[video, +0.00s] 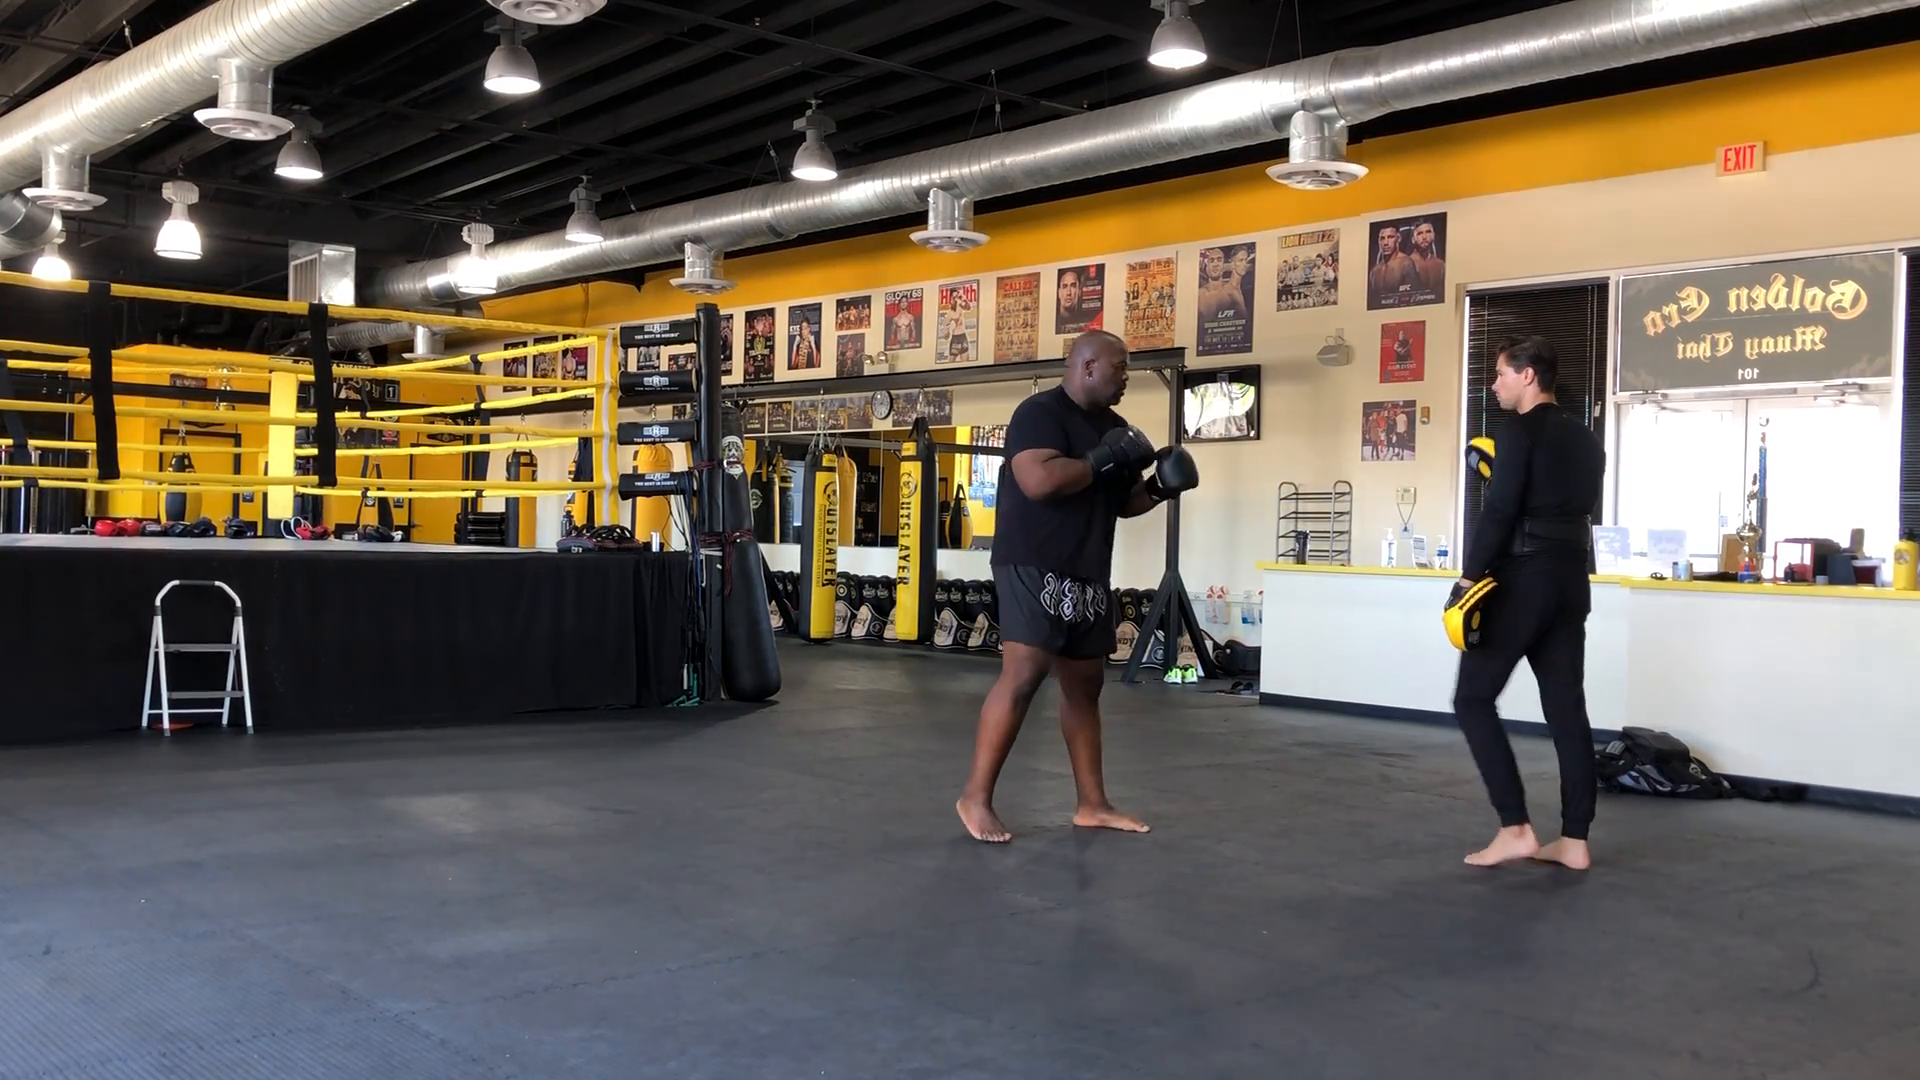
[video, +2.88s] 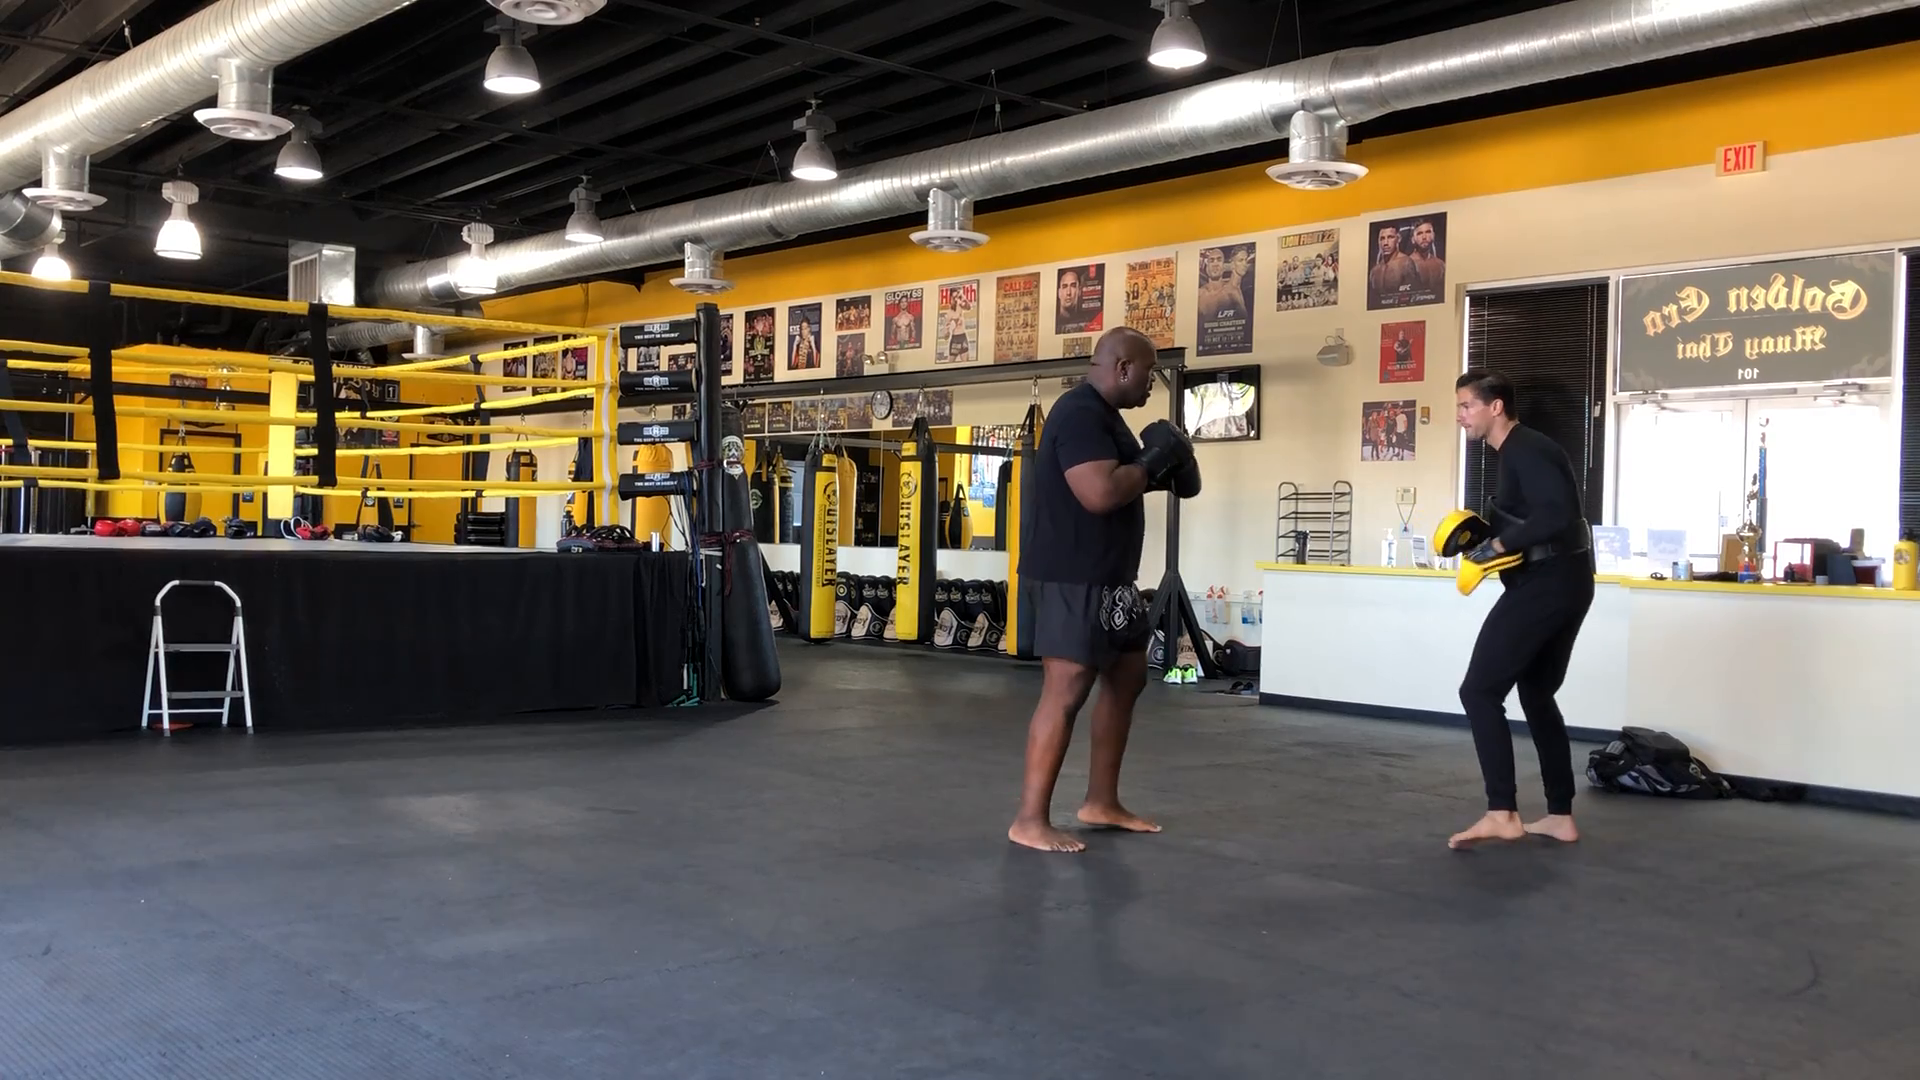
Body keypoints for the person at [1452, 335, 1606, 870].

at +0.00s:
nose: (1495, 385)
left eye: (1501, 375)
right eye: (1496, 375)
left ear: (1529, 377)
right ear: (1540, 379)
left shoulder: (1518, 430)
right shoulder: (1585, 437)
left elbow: (1499, 511)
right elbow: (1578, 513)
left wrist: (1469, 583)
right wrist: (1506, 475)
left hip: (1523, 584)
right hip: (1571, 586)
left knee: (1472, 702)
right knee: (1567, 713)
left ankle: (1515, 829)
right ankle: (1574, 840)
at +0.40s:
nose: (1469, 382)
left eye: (1474, 373)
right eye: (1470, 372)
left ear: (1500, 376)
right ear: (1510, 379)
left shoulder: (1491, 431)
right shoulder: (1553, 437)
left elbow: (1471, 511)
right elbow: (1530, 507)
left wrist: (1434, 584)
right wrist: (1468, 459)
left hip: (1485, 585)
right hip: (1534, 585)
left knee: (1445, 705)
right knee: (1542, 710)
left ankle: (1430, 837)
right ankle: (1570, 840)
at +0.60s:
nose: (1433, 378)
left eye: (1439, 368)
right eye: (1434, 368)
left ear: (1467, 373)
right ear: (1474, 374)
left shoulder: (1471, 430)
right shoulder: (1506, 426)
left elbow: (1455, 512)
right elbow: (1460, 494)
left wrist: (1410, 583)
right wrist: (1424, 445)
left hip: (1459, 583)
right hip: (1498, 580)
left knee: (1432, 709)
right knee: (1502, 703)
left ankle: (1428, 838)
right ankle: (1559, 824)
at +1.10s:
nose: (1400, 380)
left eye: (1404, 370)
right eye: (1401, 371)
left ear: (1428, 372)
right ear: (1444, 372)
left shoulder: (1420, 428)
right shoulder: (1494, 428)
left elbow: (1398, 505)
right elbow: (1487, 503)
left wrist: (1361, 571)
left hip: (1432, 577)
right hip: (1485, 576)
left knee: (1429, 709)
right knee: (1499, 696)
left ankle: (1428, 838)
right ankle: (1554, 812)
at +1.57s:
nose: (1444, 394)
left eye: (1449, 384)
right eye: (1444, 384)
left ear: (1477, 384)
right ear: (1487, 385)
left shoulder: (1477, 436)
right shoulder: (1540, 435)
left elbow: (1455, 514)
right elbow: (1535, 513)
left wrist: (1420, 517)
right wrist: (1460, 534)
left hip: (1494, 587)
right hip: (1545, 585)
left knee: (1456, 709)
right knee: (1552, 710)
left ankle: (1432, 834)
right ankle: (1574, 838)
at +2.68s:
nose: (1448, 420)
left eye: (1454, 410)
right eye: (1447, 410)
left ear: (1483, 409)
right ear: (1487, 411)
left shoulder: (1504, 456)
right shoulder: (1542, 446)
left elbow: (1518, 527)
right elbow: (1543, 521)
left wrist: (1463, 550)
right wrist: (1484, 529)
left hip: (1534, 586)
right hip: (1570, 582)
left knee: (1491, 702)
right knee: (1539, 692)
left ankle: (1510, 831)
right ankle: (1561, 815)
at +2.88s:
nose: (1460, 416)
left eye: (1467, 406)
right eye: (1459, 407)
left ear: (1495, 407)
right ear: (1491, 409)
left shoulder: (1526, 450)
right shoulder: (1517, 450)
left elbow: (1556, 517)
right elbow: (1521, 514)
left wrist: (1496, 547)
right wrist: (1483, 527)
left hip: (1544, 580)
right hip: (1569, 581)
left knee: (1478, 691)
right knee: (1536, 692)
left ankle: (1501, 814)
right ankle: (1560, 816)